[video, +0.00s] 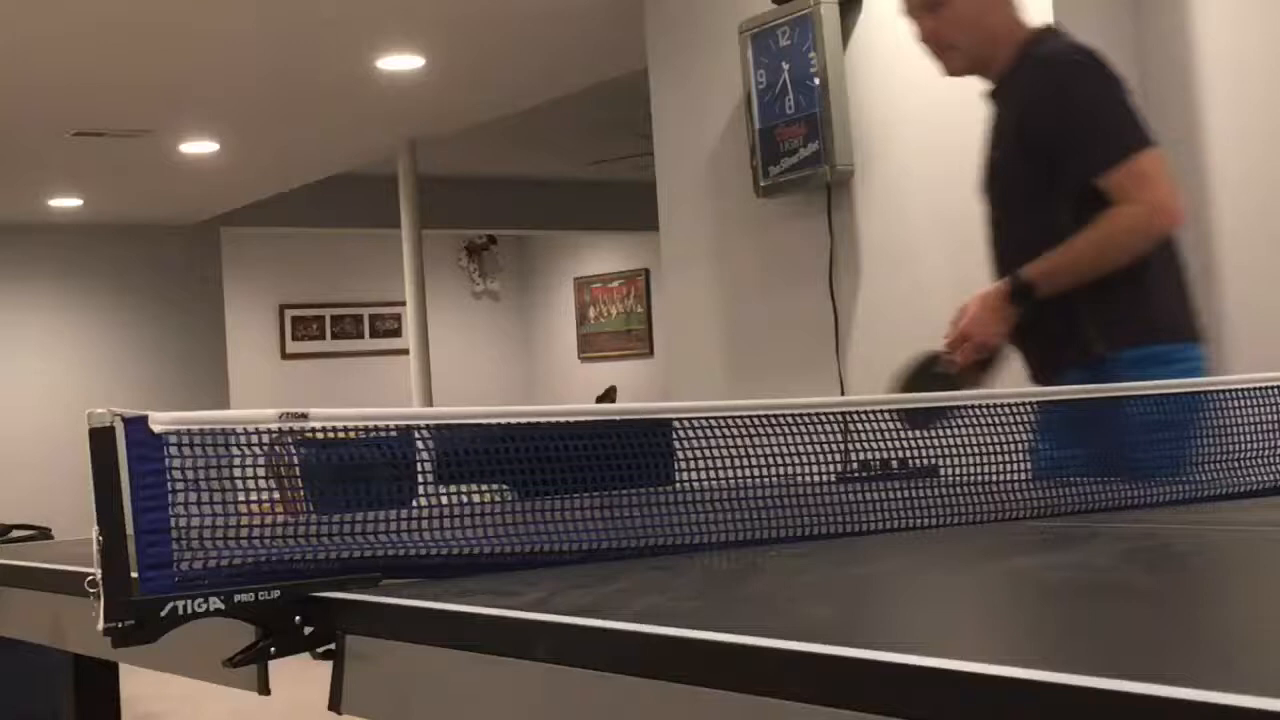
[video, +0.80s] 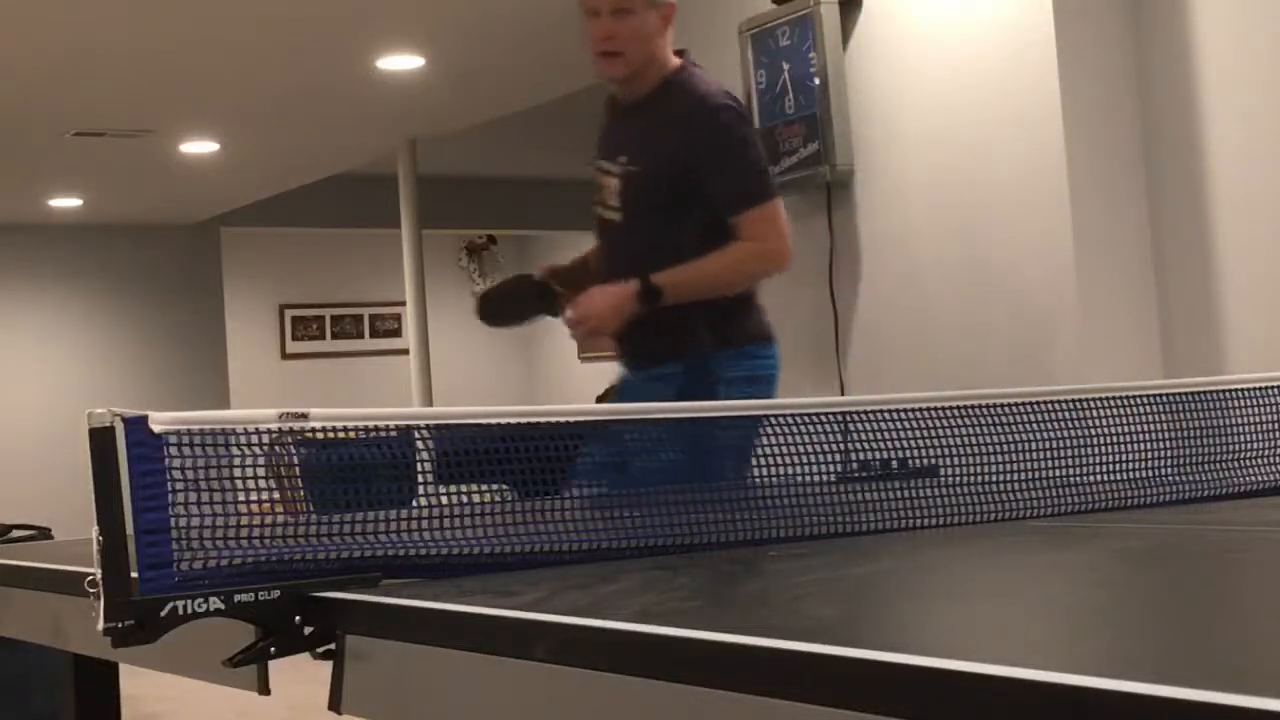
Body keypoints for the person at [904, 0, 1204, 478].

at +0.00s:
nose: (923, 35)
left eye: (930, 11)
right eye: (916, 20)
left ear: (982, 2)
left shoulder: (1060, 71)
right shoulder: (1016, 95)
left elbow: (1154, 207)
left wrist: (1015, 294)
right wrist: (998, 321)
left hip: (1129, 379)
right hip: (1081, 382)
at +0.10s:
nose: (883, 30)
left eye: (892, 8)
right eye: (876, 16)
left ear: (942, 1)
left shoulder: (1025, 70)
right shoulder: (971, 98)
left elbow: (1119, 197)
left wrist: (987, 291)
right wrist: (952, 328)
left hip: (1090, 365)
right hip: (1038, 368)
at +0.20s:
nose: (836, 26)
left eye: (848, 3)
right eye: (824, 12)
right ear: (818, 20)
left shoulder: (974, 71)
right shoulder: (907, 102)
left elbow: (1078, 189)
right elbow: (943, 250)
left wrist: (952, 281)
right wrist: (854, 305)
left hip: (1042, 353)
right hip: (984, 356)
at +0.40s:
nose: (751, 47)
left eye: (767, 24)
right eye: (738, 32)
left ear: (816, 17)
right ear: (730, 38)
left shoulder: (885, 104)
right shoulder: (781, 123)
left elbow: (980, 225)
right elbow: (811, 244)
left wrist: (859, 296)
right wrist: (716, 292)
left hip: (935, 366)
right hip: (863, 373)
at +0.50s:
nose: (705, 54)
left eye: (721, 34)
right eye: (694, 38)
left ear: (773, 31)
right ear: (685, 42)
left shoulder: (827, 118)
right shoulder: (743, 122)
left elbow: (916, 250)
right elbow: (753, 245)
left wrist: (793, 317)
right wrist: (675, 286)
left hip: (864, 378)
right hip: (801, 379)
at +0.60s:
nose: (661, 56)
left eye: (679, 37)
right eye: (652, 40)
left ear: (729, 40)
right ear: (644, 44)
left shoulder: (771, 129)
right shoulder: (701, 123)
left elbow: (850, 266)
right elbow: (710, 251)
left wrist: (727, 329)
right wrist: (637, 287)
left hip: (797, 382)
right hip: (744, 377)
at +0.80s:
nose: (603, 32)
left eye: (622, 13)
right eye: (592, 16)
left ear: (666, 16)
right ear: (582, 22)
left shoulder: (710, 112)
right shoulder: (622, 111)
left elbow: (770, 248)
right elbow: (633, 242)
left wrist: (642, 295)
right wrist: (566, 281)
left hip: (716, 372)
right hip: (654, 370)